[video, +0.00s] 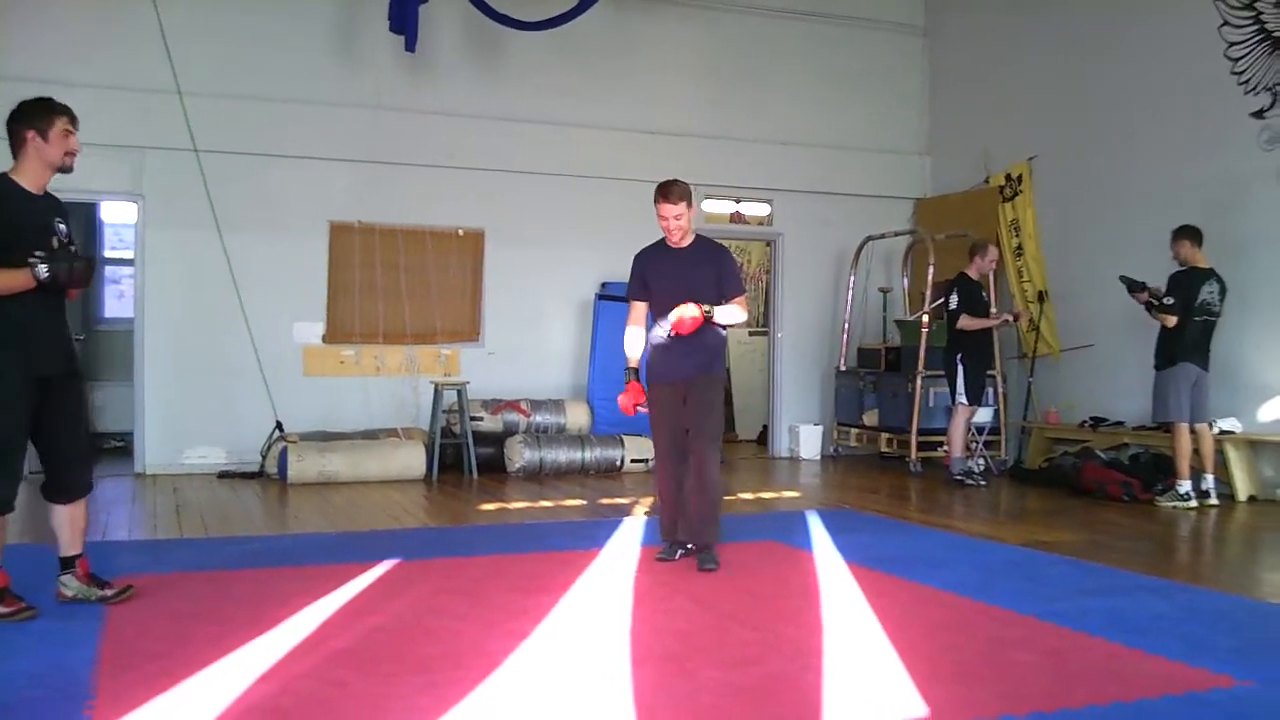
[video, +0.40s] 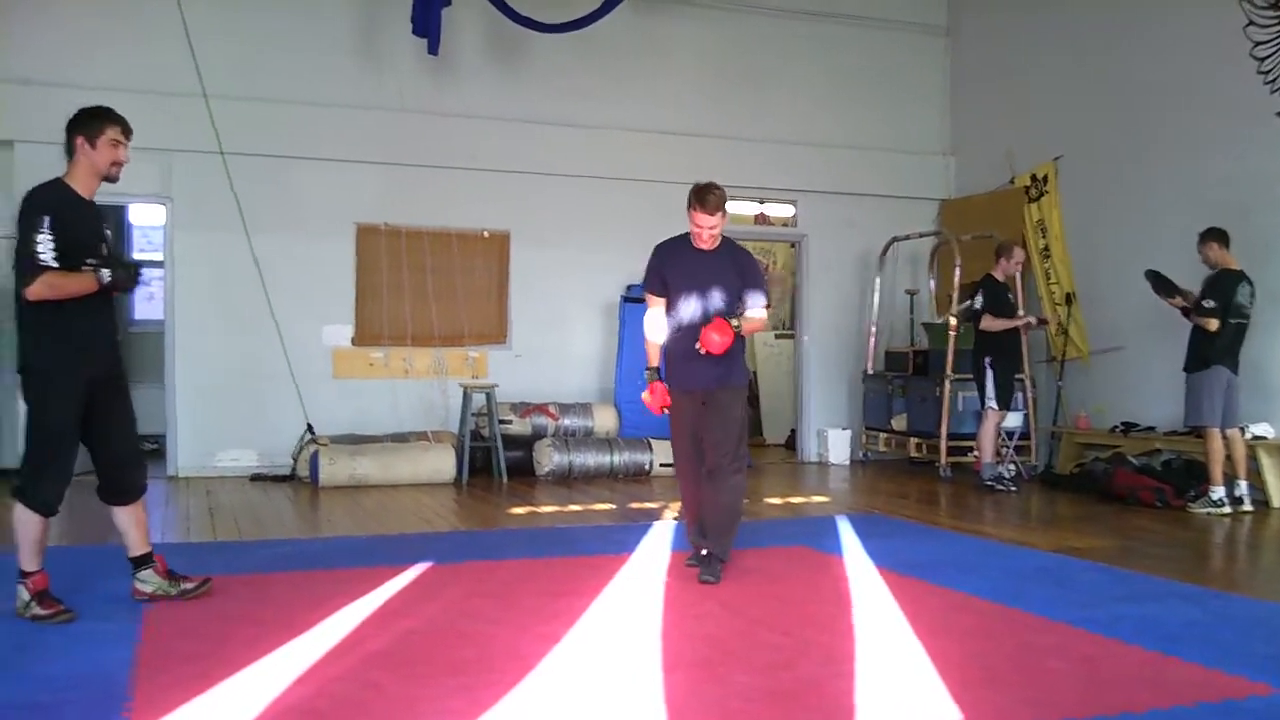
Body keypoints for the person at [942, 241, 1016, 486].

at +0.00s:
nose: (993, 267)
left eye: (995, 262)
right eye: (991, 262)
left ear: (979, 260)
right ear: (977, 260)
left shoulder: (977, 286)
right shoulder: (960, 284)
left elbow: (981, 316)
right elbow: (960, 321)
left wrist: (1007, 317)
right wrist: (995, 320)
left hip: (975, 355)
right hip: (962, 355)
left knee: (967, 409)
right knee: (962, 409)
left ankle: (961, 462)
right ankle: (956, 465)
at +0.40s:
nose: (1019, 268)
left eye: (1021, 264)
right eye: (1017, 263)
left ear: (1006, 263)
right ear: (1002, 261)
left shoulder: (1003, 287)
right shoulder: (988, 285)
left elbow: (1003, 320)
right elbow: (984, 323)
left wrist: (1027, 322)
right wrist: (1018, 322)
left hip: (1003, 357)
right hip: (990, 357)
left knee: (995, 414)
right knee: (993, 413)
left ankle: (989, 468)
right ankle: (988, 470)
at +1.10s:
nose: (1041, 255)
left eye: (1042, 250)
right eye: (1037, 249)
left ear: (1027, 252)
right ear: (1021, 251)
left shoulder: (1026, 281)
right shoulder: (1009, 278)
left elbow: (1025, 313)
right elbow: (1005, 315)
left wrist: (1051, 314)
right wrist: (1040, 315)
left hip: (1024, 351)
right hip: (1011, 350)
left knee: (1014, 405)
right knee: (1012, 405)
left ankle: (1007, 459)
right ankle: (1005, 462)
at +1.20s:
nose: (1033, 230)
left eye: (1035, 225)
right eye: (1029, 225)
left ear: (1020, 228)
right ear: (1014, 226)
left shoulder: (1019, 256)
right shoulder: (1001, 253)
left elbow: (1017, 287)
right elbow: (998, 290)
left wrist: (1041, 289)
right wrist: (1032, 290)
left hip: (1017, 324)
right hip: (1004, 324)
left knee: (1007, 377)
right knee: (1005, 377)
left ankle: (998, 429)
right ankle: (998, 432)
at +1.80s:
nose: (1053, 208)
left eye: (1054, 203)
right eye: (1049, 203)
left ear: (1048, 206)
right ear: (1033, 204)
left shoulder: (1039, 237)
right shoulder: (1020, 233)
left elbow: (1036, 270)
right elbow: (1015, 271)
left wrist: (1060, 272)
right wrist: (1050, 273)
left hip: (1039, 307)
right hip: (1022, 307)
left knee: (1041, 362)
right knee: (1024, 362)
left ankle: (1026, 415)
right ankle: (1013, 420)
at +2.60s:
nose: (1085, 205)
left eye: (1086, 200)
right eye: (1081, 200)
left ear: (1077, 203)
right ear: (1065, 201)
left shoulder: (1076, 233)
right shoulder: (1049, 229)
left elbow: (1074, 266)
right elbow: (1042, 266)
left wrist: (1097, 270)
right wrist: (1081, 270)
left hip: (1072, 304)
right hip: (1052, 304)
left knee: (1068, 359)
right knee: (1049, 359)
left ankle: (1065, 417)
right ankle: (1028, 416)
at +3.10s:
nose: (1096, 205)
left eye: (1097, 200)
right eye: (1092, 200)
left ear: (1087, 202)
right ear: (1077, 201)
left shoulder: (1087, 233)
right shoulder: (1060, 229)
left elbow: (1085, 264)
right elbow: (1049, 265)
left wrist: (1100, 269)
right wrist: (1085, 270)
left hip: (1078, 302)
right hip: (1061, 302)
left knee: (1071, 359)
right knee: (1066, 358)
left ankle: (1064, 418)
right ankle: (1059, 420)